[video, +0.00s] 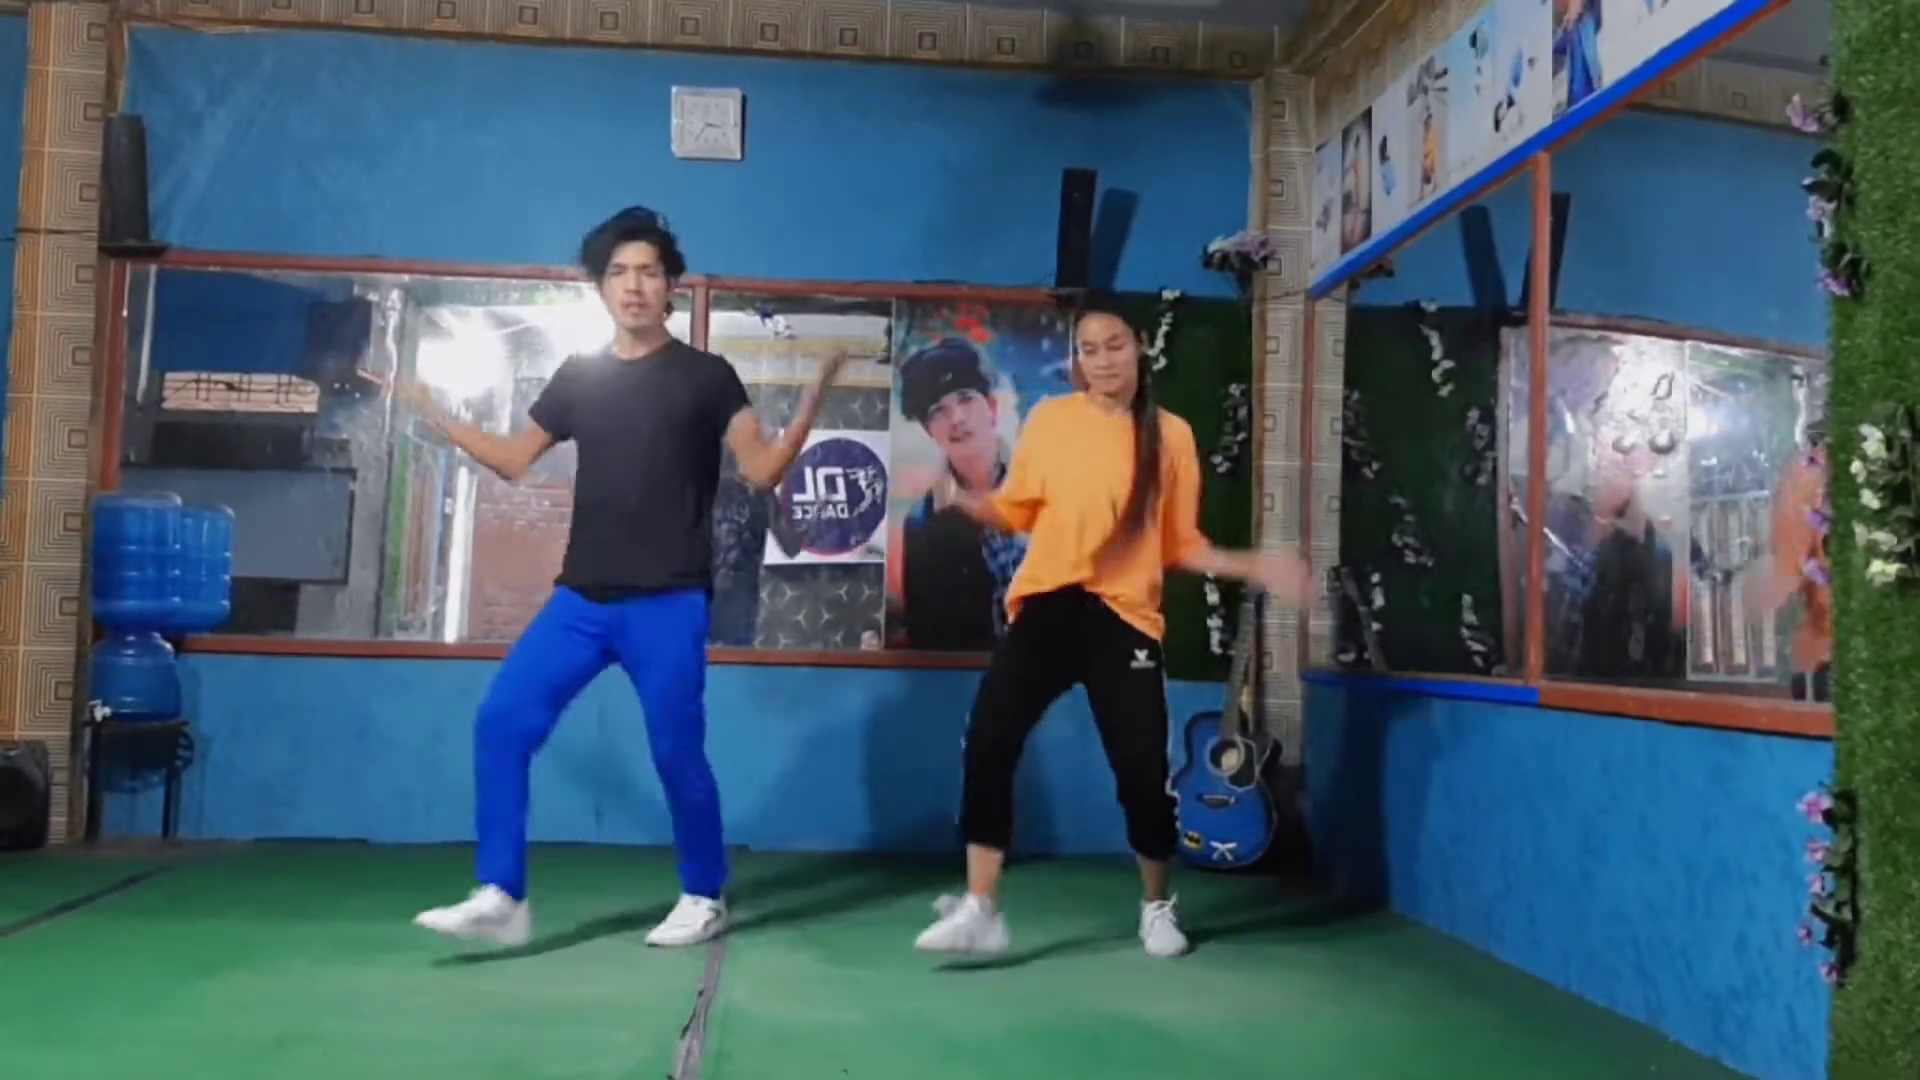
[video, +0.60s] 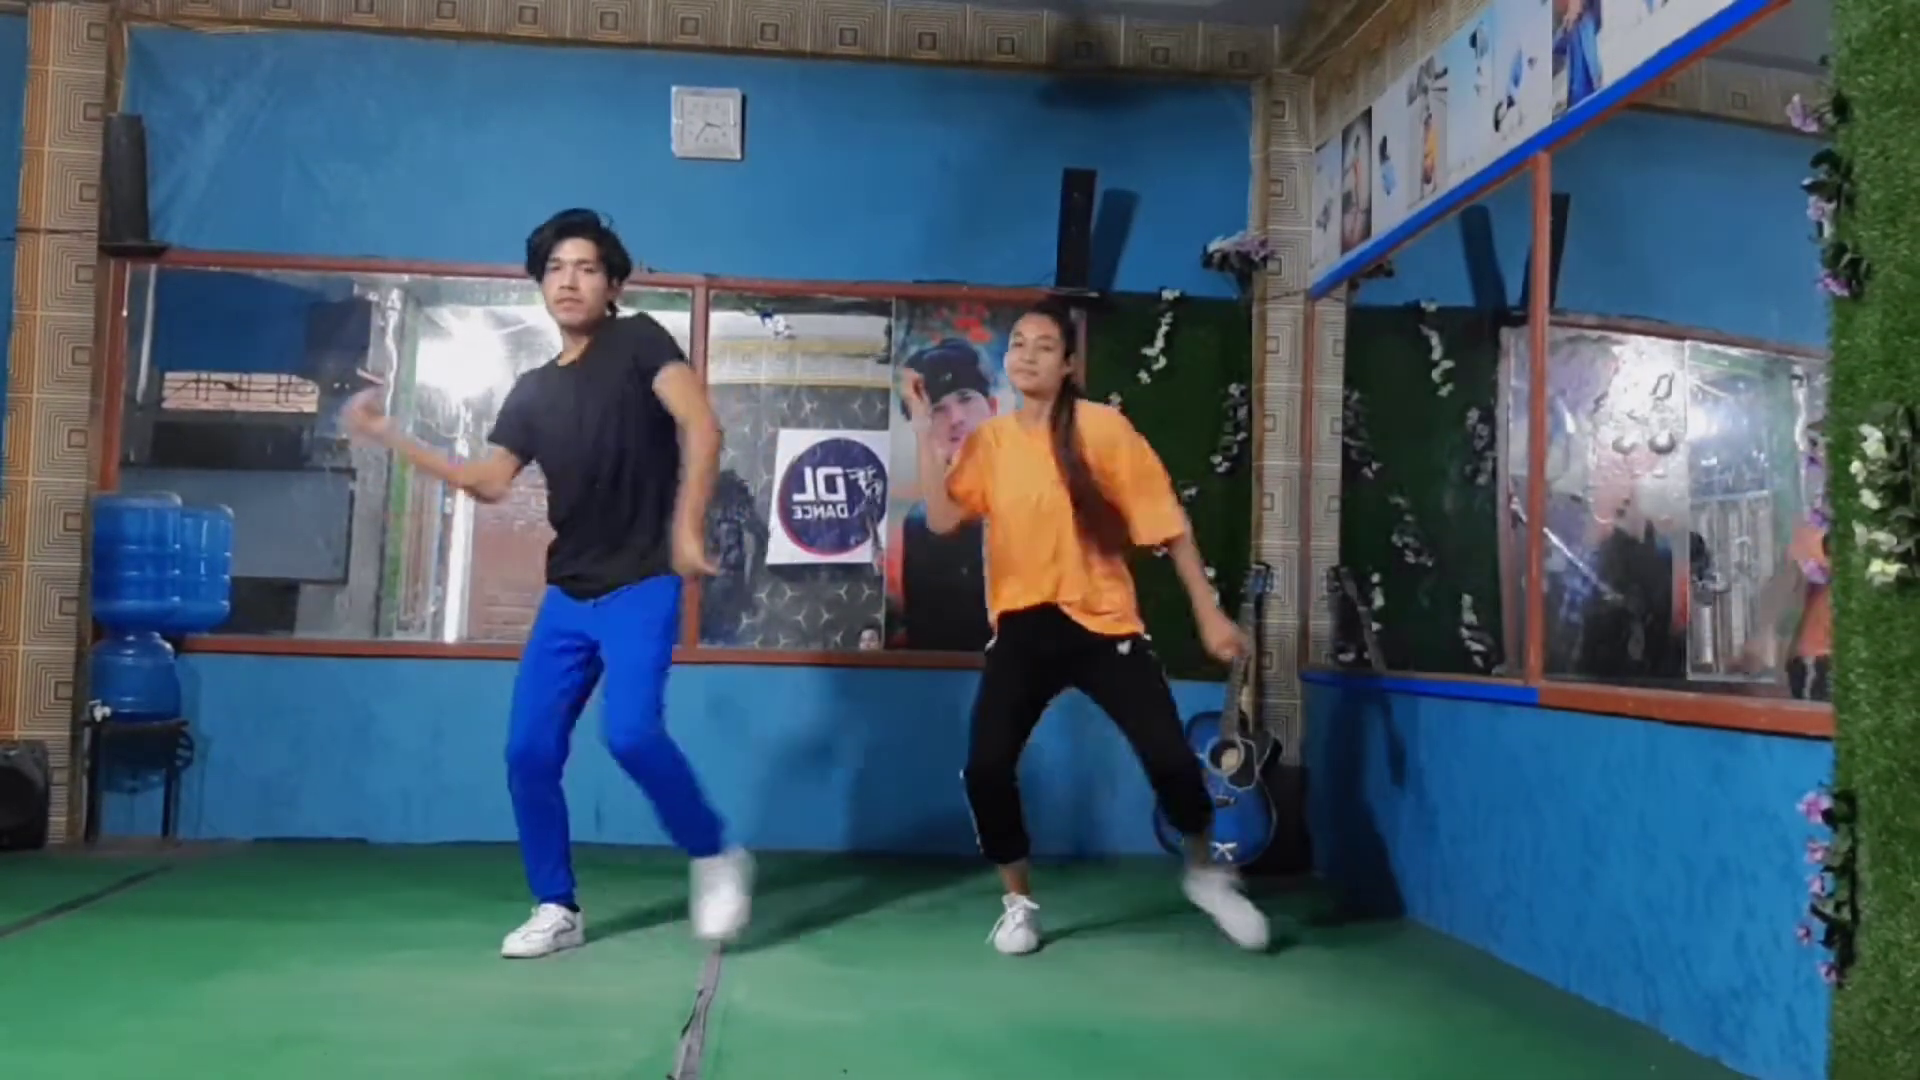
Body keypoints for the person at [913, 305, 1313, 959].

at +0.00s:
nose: (1103, 360)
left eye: (1114, 346)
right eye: (1089, 349)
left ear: (1139, 352)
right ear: (1075, 360)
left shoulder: (1169, 435)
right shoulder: (1050, 417)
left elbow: (1183, 545)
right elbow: (1016, 512)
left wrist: (1256, 566)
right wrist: (964, 499)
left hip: (1125, 616)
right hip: (1044, 610)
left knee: (1144, 766)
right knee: (988, 741)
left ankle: (1156, 906)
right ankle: (979, 910)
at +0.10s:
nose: (1102, 336)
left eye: (1114, 322)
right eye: (1089, 325)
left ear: (1137, 331)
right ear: (1074, 337)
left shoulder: (1170, 410)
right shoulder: (1043, 394)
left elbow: (1233, 506)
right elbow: (969, 464)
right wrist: (962, 429)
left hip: (1123, 597)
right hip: (1040, 588)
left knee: (1145, 759)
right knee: (976, 691)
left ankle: (1155, 900)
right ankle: (1002, 846)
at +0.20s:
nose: (1096, 317)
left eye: (1109, 305)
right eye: (1083, 305)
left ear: (1131, 315)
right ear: (1068, 316)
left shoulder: (1157, 383)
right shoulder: (1032, 375)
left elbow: (1234, 448)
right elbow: (948, 416)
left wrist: (1154, 427)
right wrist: (1016, 459)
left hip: (1112, 571)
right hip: (1028, 563)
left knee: (1126, 721)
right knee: (994, 687)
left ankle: (1114, 862)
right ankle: (1011, 834)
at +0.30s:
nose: (1084, 323)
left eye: (1097, 311)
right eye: (1071, 312)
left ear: (1119, 323)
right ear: (1055, 324)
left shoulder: (1147, 391)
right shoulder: (1029, 401)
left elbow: (1165, 486)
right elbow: (989, 508)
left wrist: (1114, 447)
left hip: (1106, 582)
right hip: (1029, 578)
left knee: (1075, 746)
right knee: (1019, 743)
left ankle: (1070, 890)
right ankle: (1018, 899)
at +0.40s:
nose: (1060, 343)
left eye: (1073, 332)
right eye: (1049, 333)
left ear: (1097, 347)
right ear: (1035, 348)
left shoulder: (1128, 399)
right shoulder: (1016, 426)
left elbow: (1150, 482)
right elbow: (996, 526)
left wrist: (1128, 512)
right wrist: (997, 548)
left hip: (1094, 601)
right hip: (1020, 600)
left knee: (1072, 764)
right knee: (1009, 758)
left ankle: (1076, 888)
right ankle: (1021, 901)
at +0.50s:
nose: (1039, 356)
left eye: (1053, 347)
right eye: (1029, 346)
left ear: (1078, 362)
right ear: (1016, 361)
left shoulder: (1102, 411)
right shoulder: (1000, 434)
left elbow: (1123, 525)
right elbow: (973, 525)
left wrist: (1148, 626)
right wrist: (940, 453)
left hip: (1102, 603)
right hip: (1023, 607)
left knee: (1131, 743)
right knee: (996, 754)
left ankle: (1121, 850)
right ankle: (1018, 900)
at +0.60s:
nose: (1024, 356)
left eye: (1041, 347)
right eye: (1017, 345)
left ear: (1069, 363)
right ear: (1007, 358)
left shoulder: (1103, 429)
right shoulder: (990, 437)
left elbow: (1172, 529)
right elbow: (943, 518)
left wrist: (1209, 614)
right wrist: (925, 429)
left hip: (1107, 626)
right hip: (1022, 629)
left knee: (1173, 761)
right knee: (986, 771)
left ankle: (1204, 872)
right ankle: (1018, 902)